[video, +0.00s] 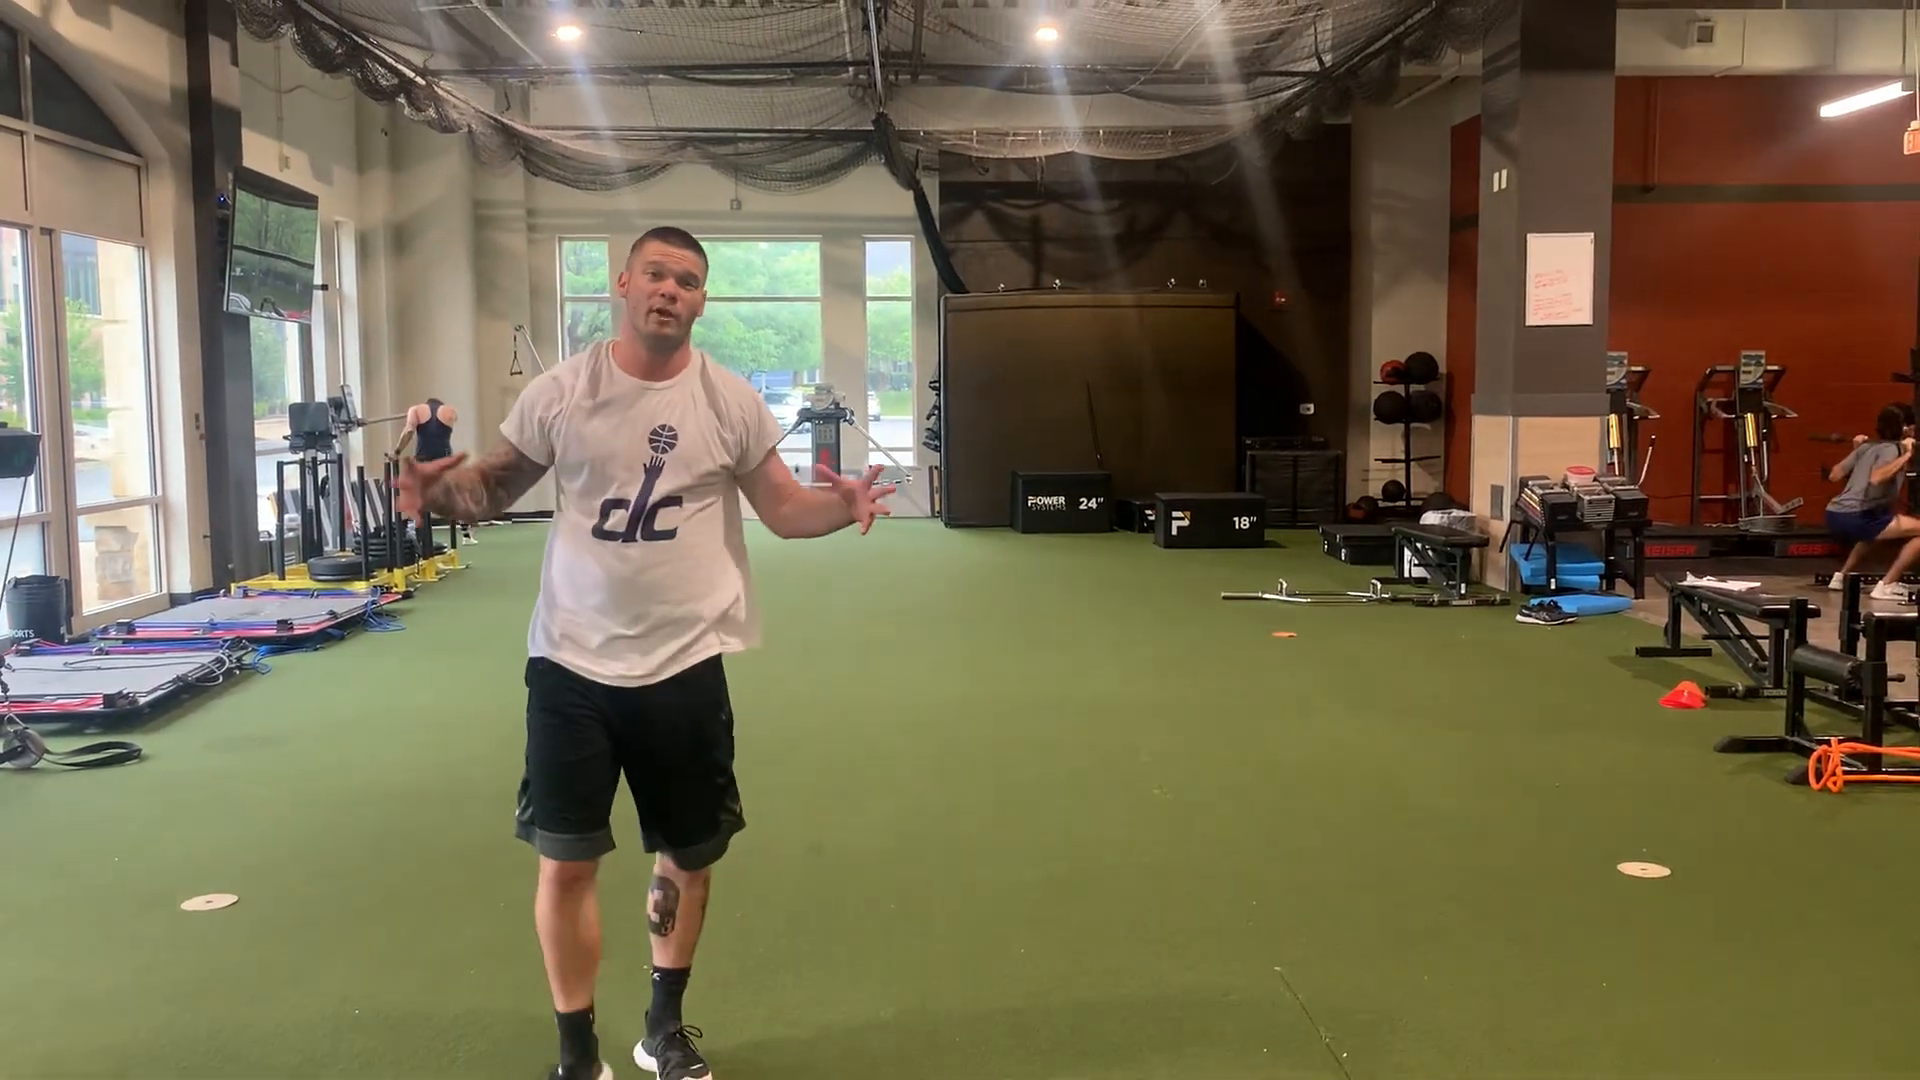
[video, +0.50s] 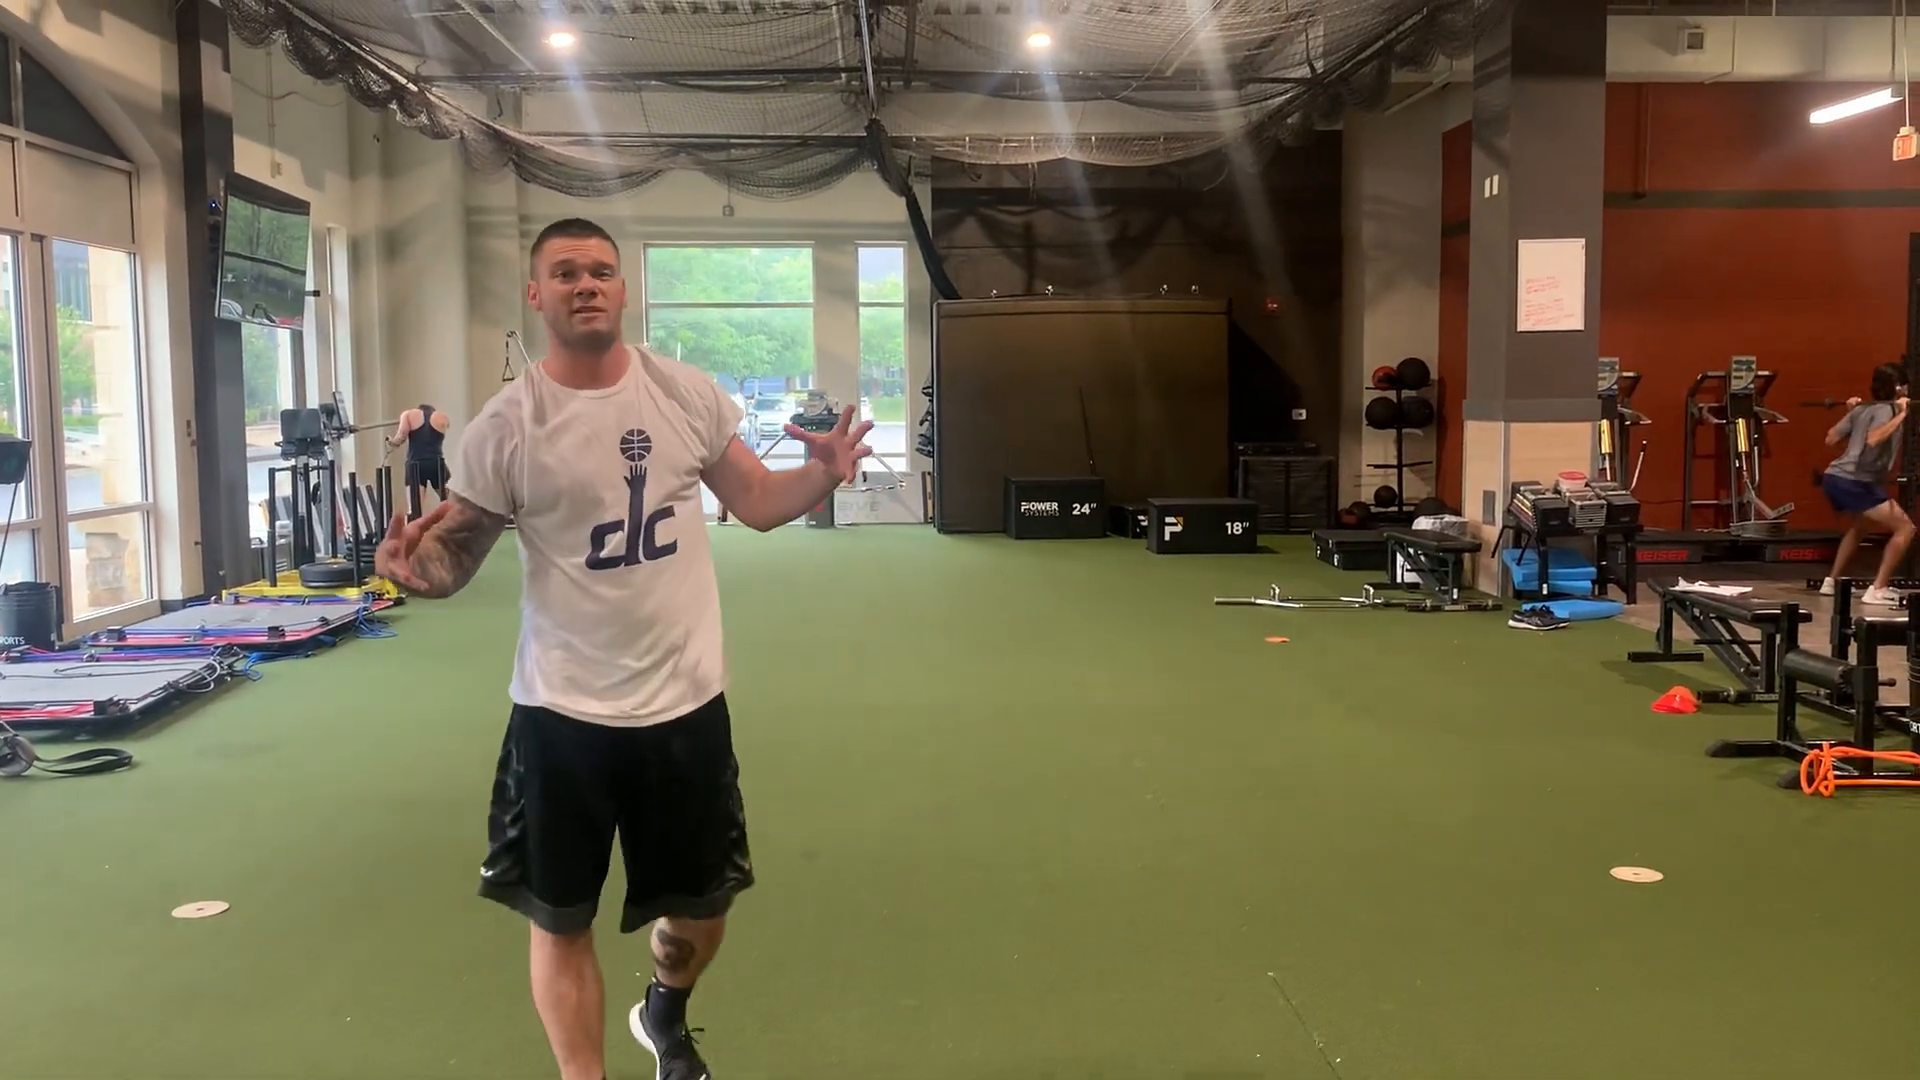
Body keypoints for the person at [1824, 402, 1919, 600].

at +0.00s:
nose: (1914, 429)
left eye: (1913, 425)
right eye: (1912, 425)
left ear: (1882, 426)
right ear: (1903, 428)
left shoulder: (1866, 448)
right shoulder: (1892, 449)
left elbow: (1834, 475)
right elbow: (1876, 478)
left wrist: (1856, 450)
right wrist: (1906, 455)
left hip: (1834, 515)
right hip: (1858, 519)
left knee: (1876, 530)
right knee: (1917, 529)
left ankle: (1841, 576)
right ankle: (1887, 584)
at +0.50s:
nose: (1907, 391)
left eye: (1906, 386)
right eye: (1904, 386)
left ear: (1877, 387)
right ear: (1896, 388)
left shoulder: (1861, 410)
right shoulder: (1887, 410)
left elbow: (1831, 438)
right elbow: (1873, 439)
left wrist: (1850, 411)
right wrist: (1902, 415)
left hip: (1834, 479)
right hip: (1855, 484)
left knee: (1858, 526)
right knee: (1906, 528)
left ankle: (1832, 581)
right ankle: (1878, 589)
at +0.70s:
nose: (1904, 366)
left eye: (1904, 362)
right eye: (1901, 362)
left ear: (1874, 363)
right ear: (1893, 364)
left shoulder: (1859, 388)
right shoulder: (1884, 387)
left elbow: (1831, 417)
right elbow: (1873, 416)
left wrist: (1848, 388)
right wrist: (1900, 389)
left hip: (1837, 460)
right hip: (1859, 465)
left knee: (1843, 523)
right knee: (1880, 524)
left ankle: (1828, 581)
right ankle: (1874, 589)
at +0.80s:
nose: (1902, 364)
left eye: (1901, 360)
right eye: (1899, 360)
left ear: (1871, 363)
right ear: (1890, 363)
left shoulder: (1858, 387)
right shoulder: (1883, 386)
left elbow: (1830, 416)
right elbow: (1871, 416)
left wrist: (1847, 387)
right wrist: (1899, 389)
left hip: (1836, 460)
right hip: (1858, 465)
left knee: (1840, 523)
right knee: (1876, 524)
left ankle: (1827, 582)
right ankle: (1874, 589)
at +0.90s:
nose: (1901, 374)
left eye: (1901, 370)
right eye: (1899, 370)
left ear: (1871, 372)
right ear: (1890, 373)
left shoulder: (1857, 396)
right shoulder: (1882, 396)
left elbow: (1829, 425)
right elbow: (1870, 425)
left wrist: (1846, 396)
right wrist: (1897, 399)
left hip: (1833, 467)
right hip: (1854, 472)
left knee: (1847, 526)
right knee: (1888, 527)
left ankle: (1827, 583)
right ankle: (1873, 591)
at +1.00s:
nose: (1899, 390)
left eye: (1898, 386)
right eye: (1896, 386)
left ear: (1869, 388)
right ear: (1888, 389)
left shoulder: (1855, 411)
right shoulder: (1881, 411)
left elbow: (1826, 438)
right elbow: (1867, 440)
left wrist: (1843, 412)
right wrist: (1895, 415)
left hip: (1832, 480)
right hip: (1853, 485)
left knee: (1851, 533)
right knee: (1900, 532)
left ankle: (1827, 584)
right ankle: (1873, 592)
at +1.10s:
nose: (1899, 406)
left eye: (1899, 402)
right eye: (1897, 402)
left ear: (1869, 404)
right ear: (1888, 405)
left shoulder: (1854, 426)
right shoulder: (1878, 428)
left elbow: (1824, 456)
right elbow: (1864, 458)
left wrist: (1842, 429)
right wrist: (1893, 433)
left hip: (1828, 495)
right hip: (1851, 501)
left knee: (1857, 535)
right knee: (1907, 537)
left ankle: (1826, 585)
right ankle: (1872, 592)